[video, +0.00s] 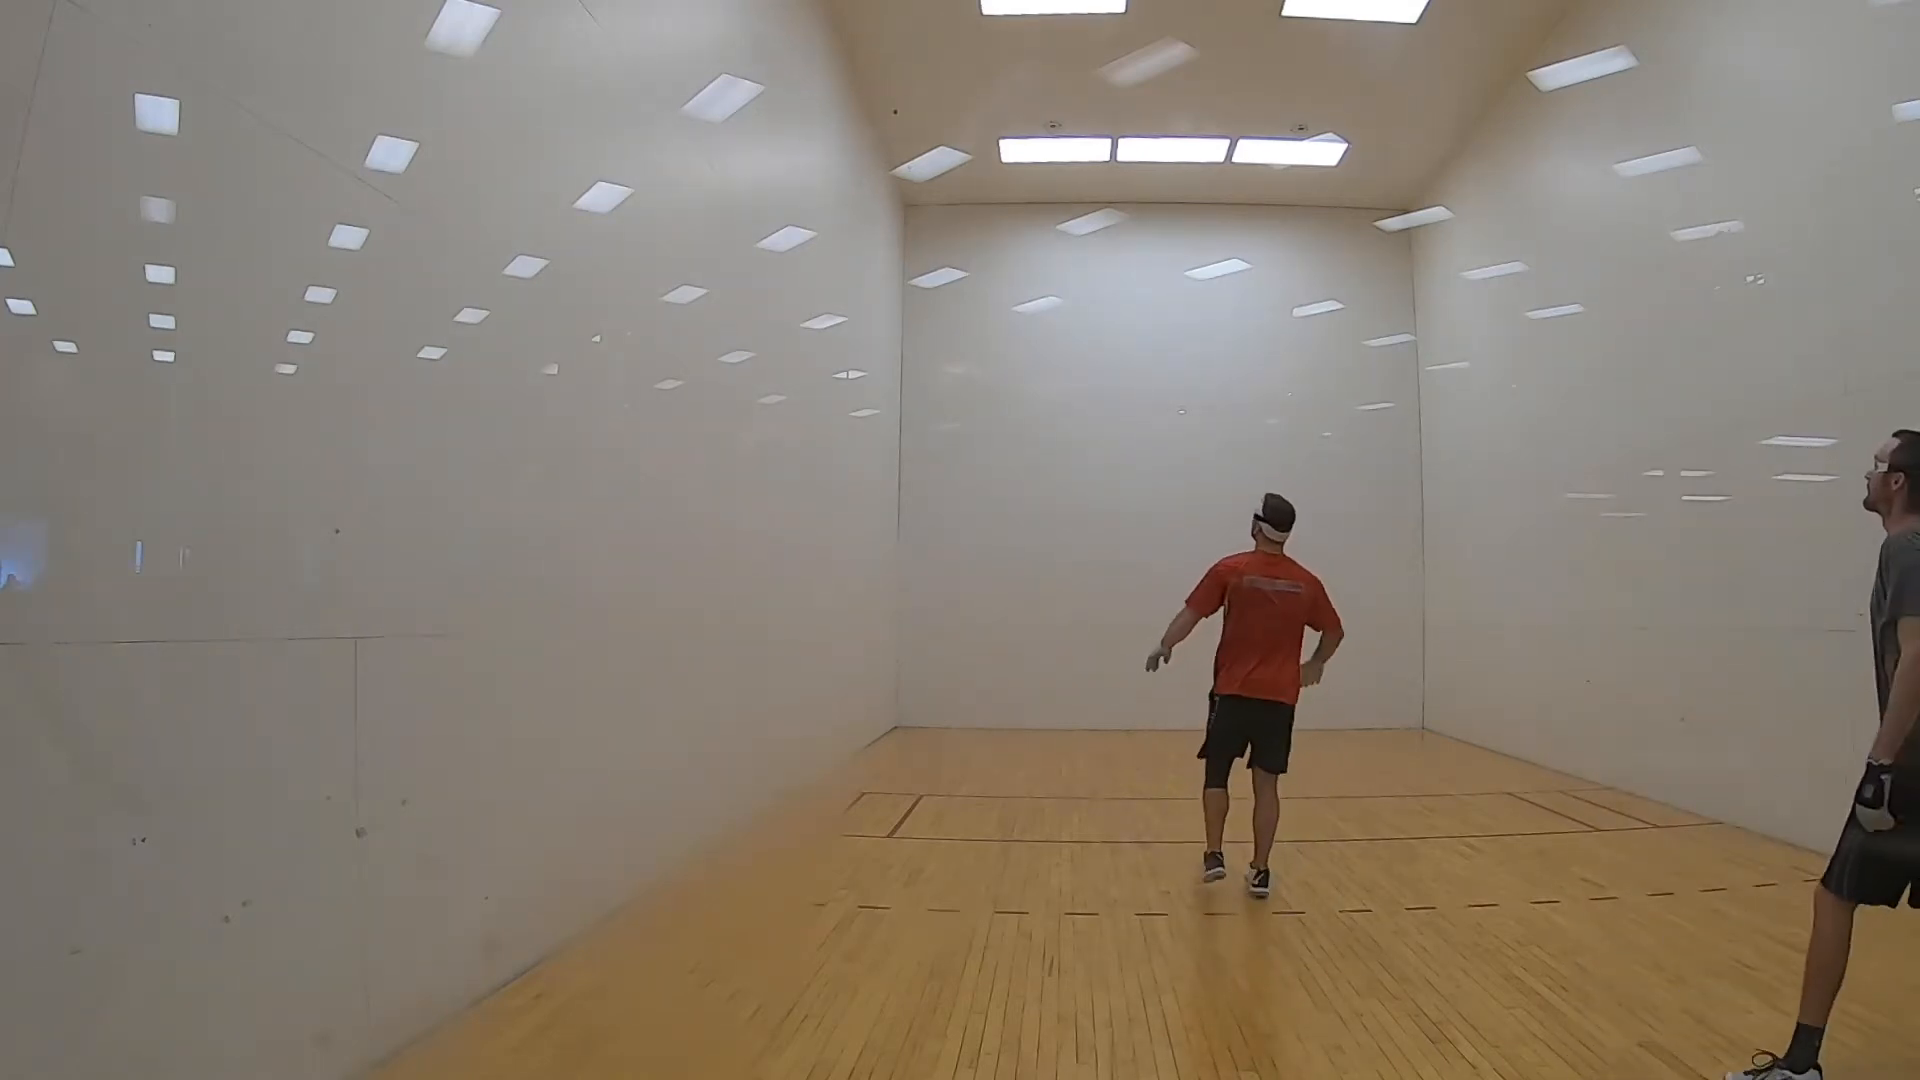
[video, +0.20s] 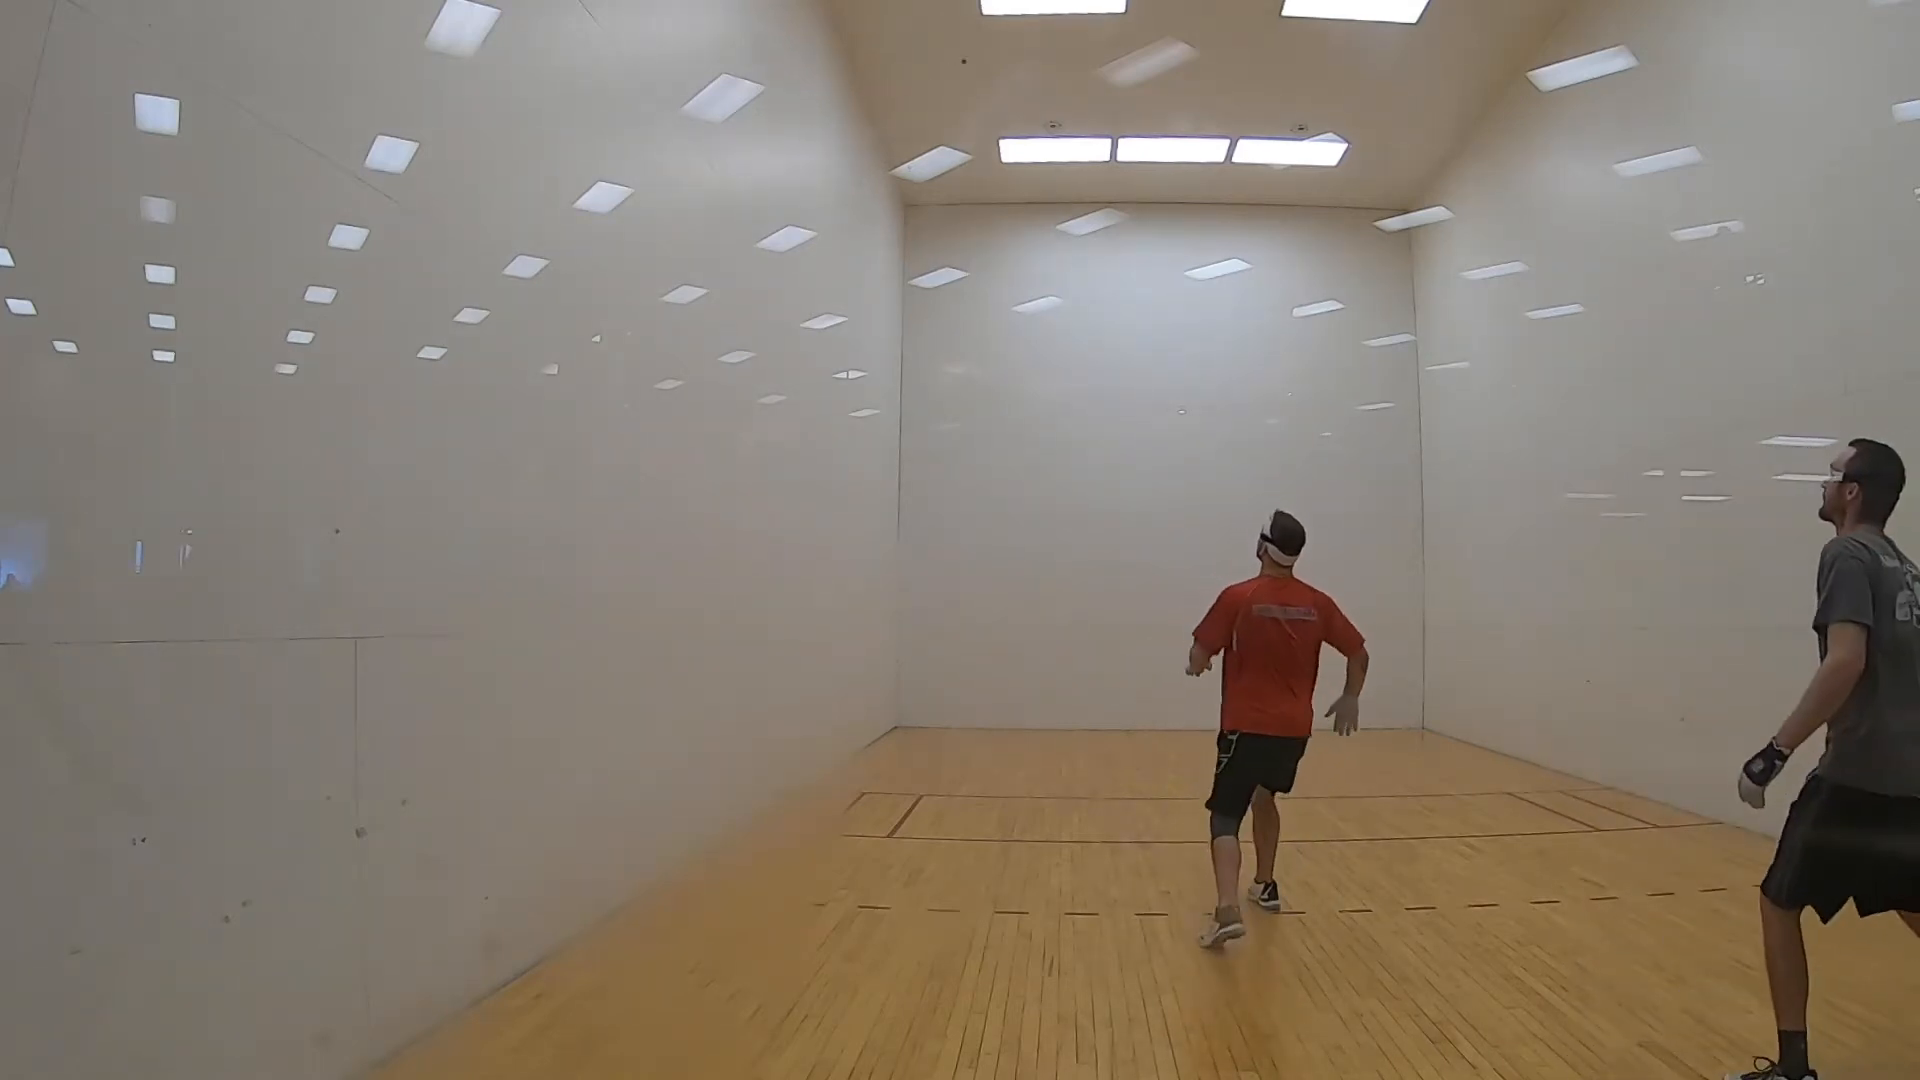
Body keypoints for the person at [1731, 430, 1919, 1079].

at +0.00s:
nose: (1868, 477)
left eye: (1875, 468)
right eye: (1873, 467)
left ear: (1896, 482)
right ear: (1904, 482)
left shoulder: (1907, 551)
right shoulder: (1901, 548)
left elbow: (1915, 656)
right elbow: (1909, 658)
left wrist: (1880, 764)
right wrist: (1884, 765)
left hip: (1904, 769)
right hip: (1901, 768)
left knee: (1834, 897)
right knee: (1833, 898)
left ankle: (1800, 1059)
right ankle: (1801, 1057)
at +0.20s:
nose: (1824, 485)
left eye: (1832, 476)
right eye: (1831, 474)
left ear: (1851, 491)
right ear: (1876, 497)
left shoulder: (1848, 553)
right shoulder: (1900, 563)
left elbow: (1846, 659)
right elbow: (1893, 667)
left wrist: (1775, 749)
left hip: (1854, 779)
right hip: (1910, 782)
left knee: (1779, 901)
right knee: (1912, 906)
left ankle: (1791, 1063)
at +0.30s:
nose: (1799, 478)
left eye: (1807, 468)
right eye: (1804, 467)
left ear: (1828, 481)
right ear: (1856, 488)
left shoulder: (1816, 539)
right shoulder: (1884, 557)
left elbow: (1816, 639)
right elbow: (1885, 671)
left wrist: (1754, 723)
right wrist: (1819, 752)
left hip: (1838, 759)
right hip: (1897, 761)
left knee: (1783, 901)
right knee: (1875, 890)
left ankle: (1789, 1060)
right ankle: (1919, 1030)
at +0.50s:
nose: (1745, 507)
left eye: (1752, 497)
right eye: (1750, 496)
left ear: (1777, 511)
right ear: (1804, 514)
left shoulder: (1781, 583)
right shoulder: (1843, 585)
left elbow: (1757, 706)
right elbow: (1841, 709)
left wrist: (1667, 750)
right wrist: (1777, 778)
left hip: (1800, 803)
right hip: (1857, 804)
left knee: (1705, 926)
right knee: (1806, 924)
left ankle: (1754, 1074)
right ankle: (1867, 1058)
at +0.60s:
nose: (1710, 508)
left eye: (1718, 498)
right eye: (1715, 497)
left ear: (1742, 512)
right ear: (1773, 515)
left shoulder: (1733, 587)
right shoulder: (1818, 594)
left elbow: (1710, 706)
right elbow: (1845, 716)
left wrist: (1619, 750)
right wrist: (1784, 767)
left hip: (1764, 816)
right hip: (1827, 814)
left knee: (1679, 966)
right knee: (1809, 930)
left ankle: (1720, 1078)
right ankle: (1866, 1060)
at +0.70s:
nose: (1667, 475)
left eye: (1674, 464)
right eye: (1671, 462)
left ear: (1693, 475)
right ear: (1740, 483)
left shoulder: (1678, 543)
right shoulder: (1780, 568)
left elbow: (1658, 664)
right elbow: (1815, 695)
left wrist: (1597, 739)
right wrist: (1786, 775)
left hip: (1713, 797)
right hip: (1785, 797)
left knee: (1675, 971)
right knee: (1789, 928)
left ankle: (1717, 1079)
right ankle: (1838, 1065)